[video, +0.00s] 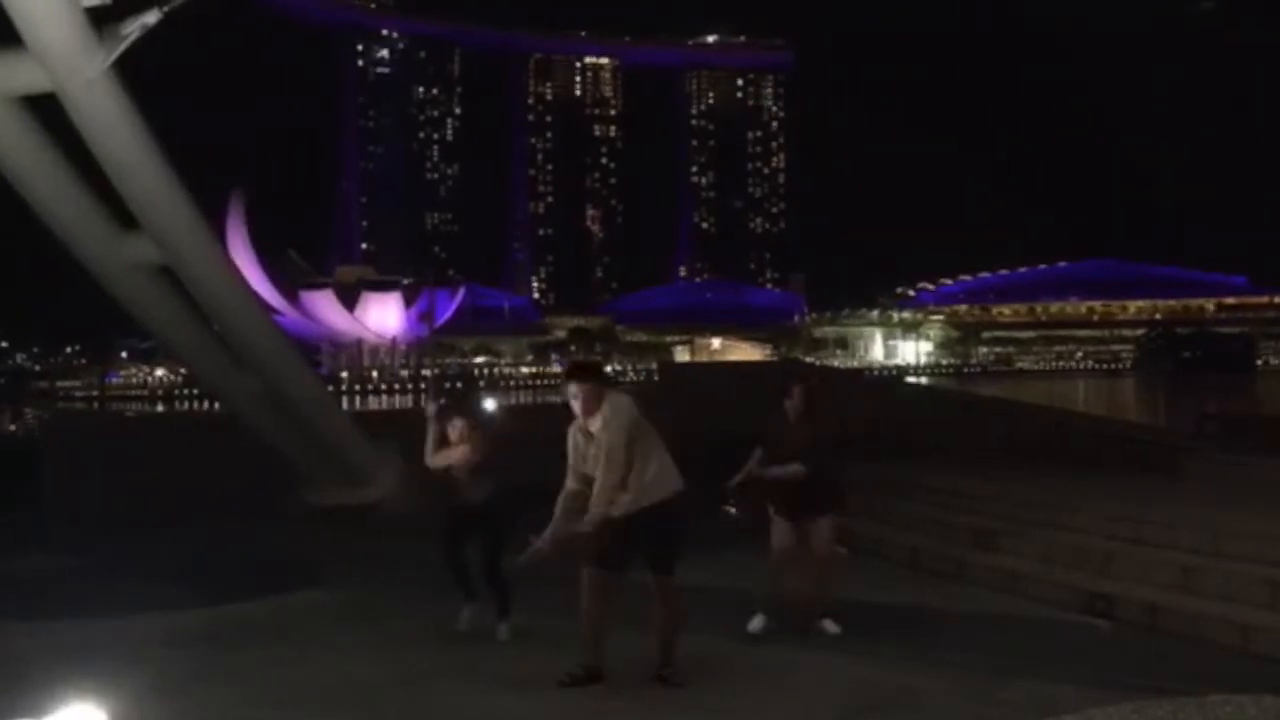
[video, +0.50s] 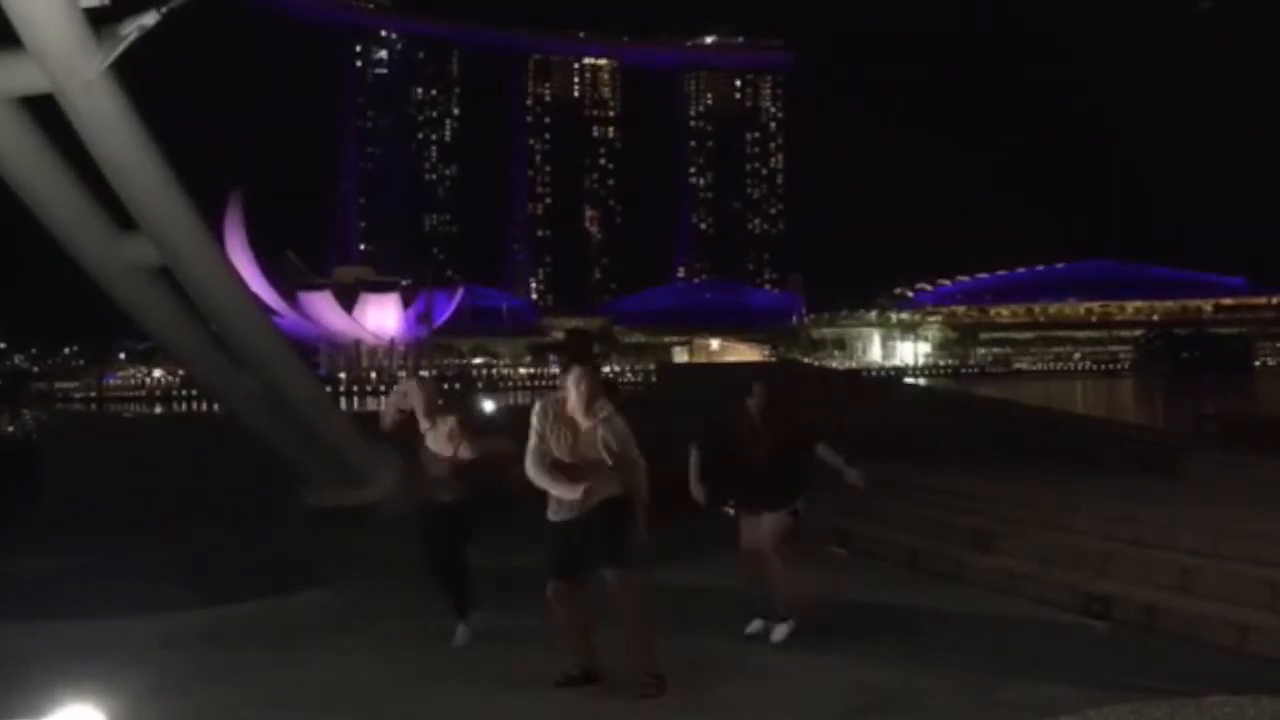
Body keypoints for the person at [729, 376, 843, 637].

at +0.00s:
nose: (797, 405)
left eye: (802, 399)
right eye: (794, 398)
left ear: (810, 401)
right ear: (786, 399)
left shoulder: (817, 429)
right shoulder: (777, 426)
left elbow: (805, 470)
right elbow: (759, 456)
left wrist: (761, 474)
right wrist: (738, 480)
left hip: (817, 501)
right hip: (782, 501)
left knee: (822, 557)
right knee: (779, 555)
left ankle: (822, 612)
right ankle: (767, 610)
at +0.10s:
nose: (784, 402)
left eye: (790, 397)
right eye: (783, 396)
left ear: (803, 400)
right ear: (780, 398)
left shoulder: (810, 430)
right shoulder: (773, 428)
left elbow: (797, 472)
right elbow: (753, 452)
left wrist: (778, 503)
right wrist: (733, 473)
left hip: (810, 498)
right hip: (774, 497)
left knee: (811, 556)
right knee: (771, 555)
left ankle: (820, 613)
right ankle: (767, 613)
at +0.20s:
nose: (774, 404)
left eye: (781, 398)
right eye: (775, 397)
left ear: (796, 402)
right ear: (774, 400)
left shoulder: (803, 433)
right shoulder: (764, 429)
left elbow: (816, 479)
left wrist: (827, 519)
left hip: (791, 493)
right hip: (760, 491)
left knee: (785, 547)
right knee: (760, 552)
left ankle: (834, 569)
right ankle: (767, 611)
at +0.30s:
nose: (765, 409)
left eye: (772, 404)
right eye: (766, 403)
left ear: (786, 408)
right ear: (767, 406)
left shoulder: (798, 436)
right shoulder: (756, 433)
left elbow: (829, 465)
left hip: (789, 501)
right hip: (757, 499)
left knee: (757, 538)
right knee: (749, 549)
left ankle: (818, 550)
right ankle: (764, 612)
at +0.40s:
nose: (761, 410)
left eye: (766, 404)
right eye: (758, 403)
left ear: (779, 407)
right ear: (752, 406)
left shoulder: (790, 434)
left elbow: (824, 455)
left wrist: (857, 475)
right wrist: (695, 432)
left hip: (784, 501)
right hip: (749, 502)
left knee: (756, 539)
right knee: (752, 559)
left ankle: (807, 582)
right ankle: (766, 613)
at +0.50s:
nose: (756, 404)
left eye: (761, 398)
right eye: (752, 398)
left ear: (772, 400)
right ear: (746, 400)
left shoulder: (786, 425)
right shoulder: (738, 427)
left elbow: (819, 448)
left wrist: (846, 471)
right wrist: (696, 484)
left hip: (781, 495)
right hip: (748, 494)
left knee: (770, 550)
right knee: (749, 553)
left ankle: (785, 616)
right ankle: (761, 614)